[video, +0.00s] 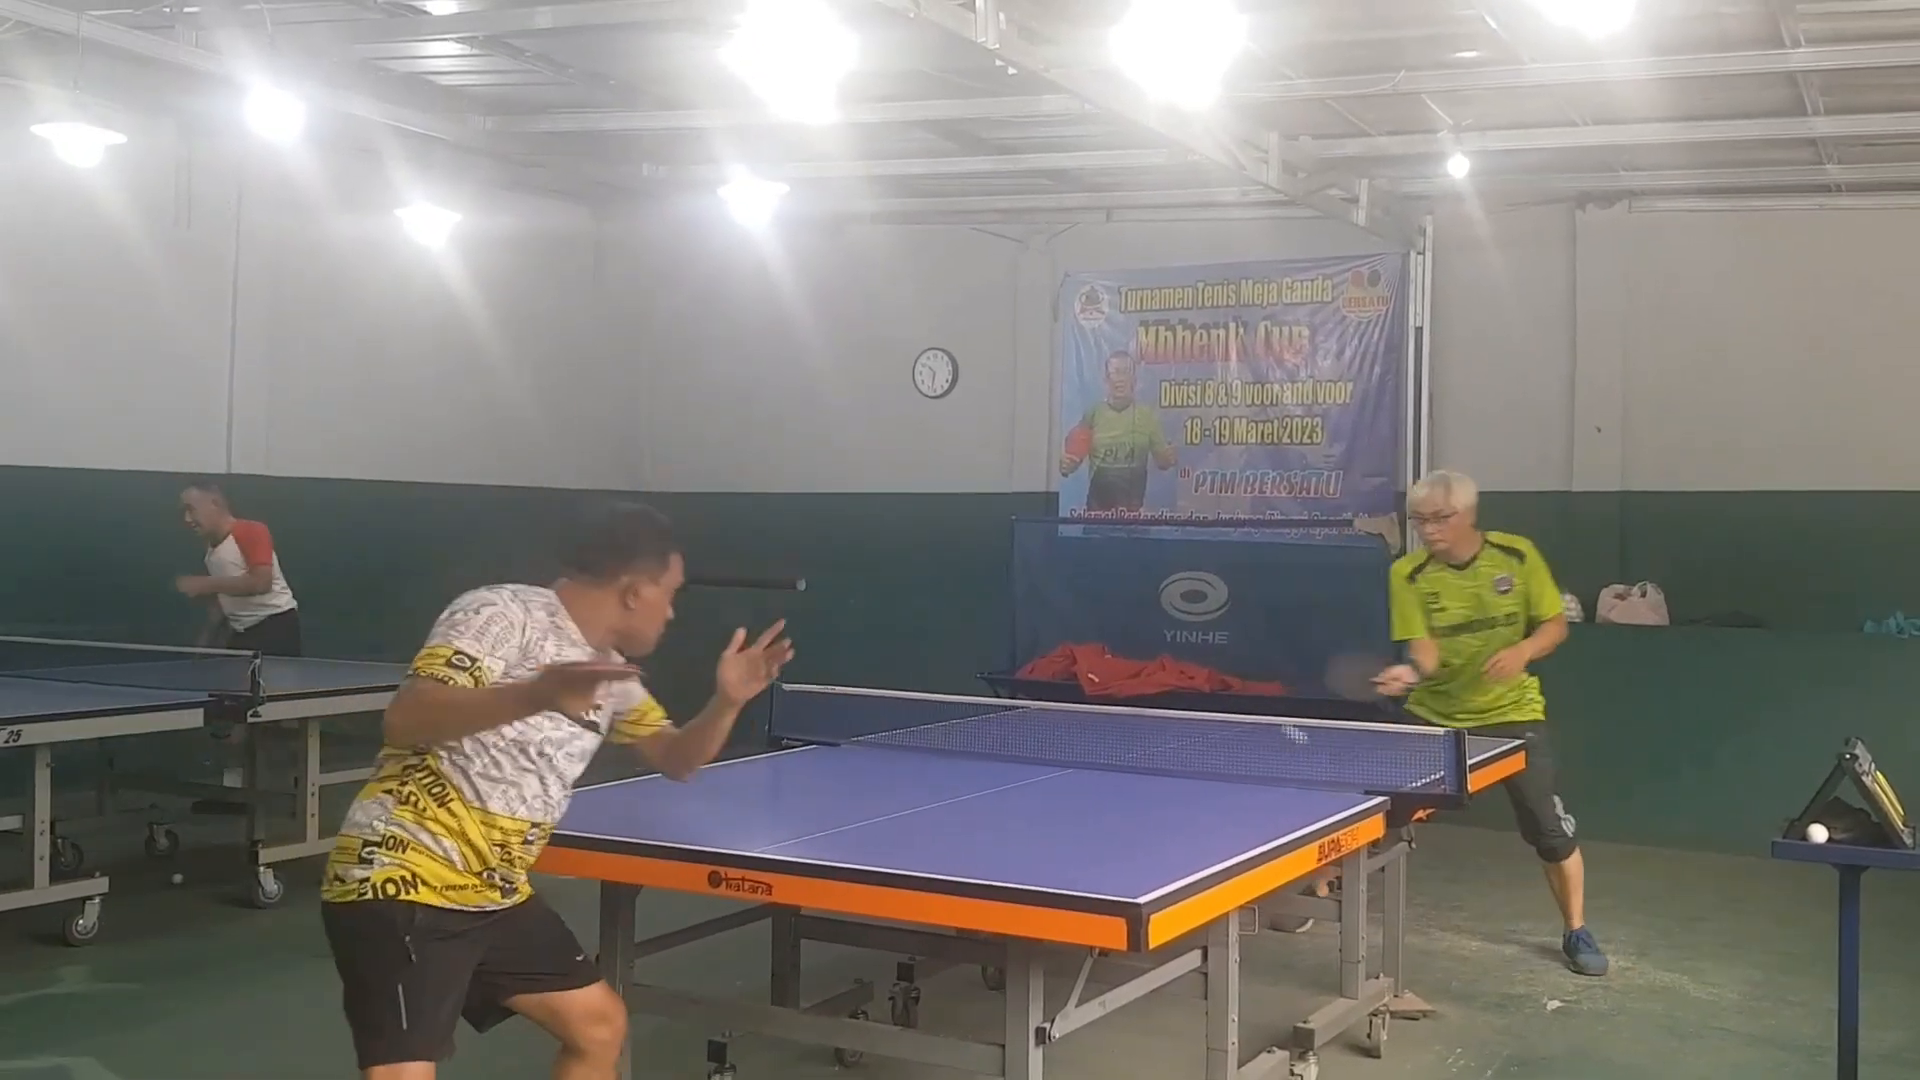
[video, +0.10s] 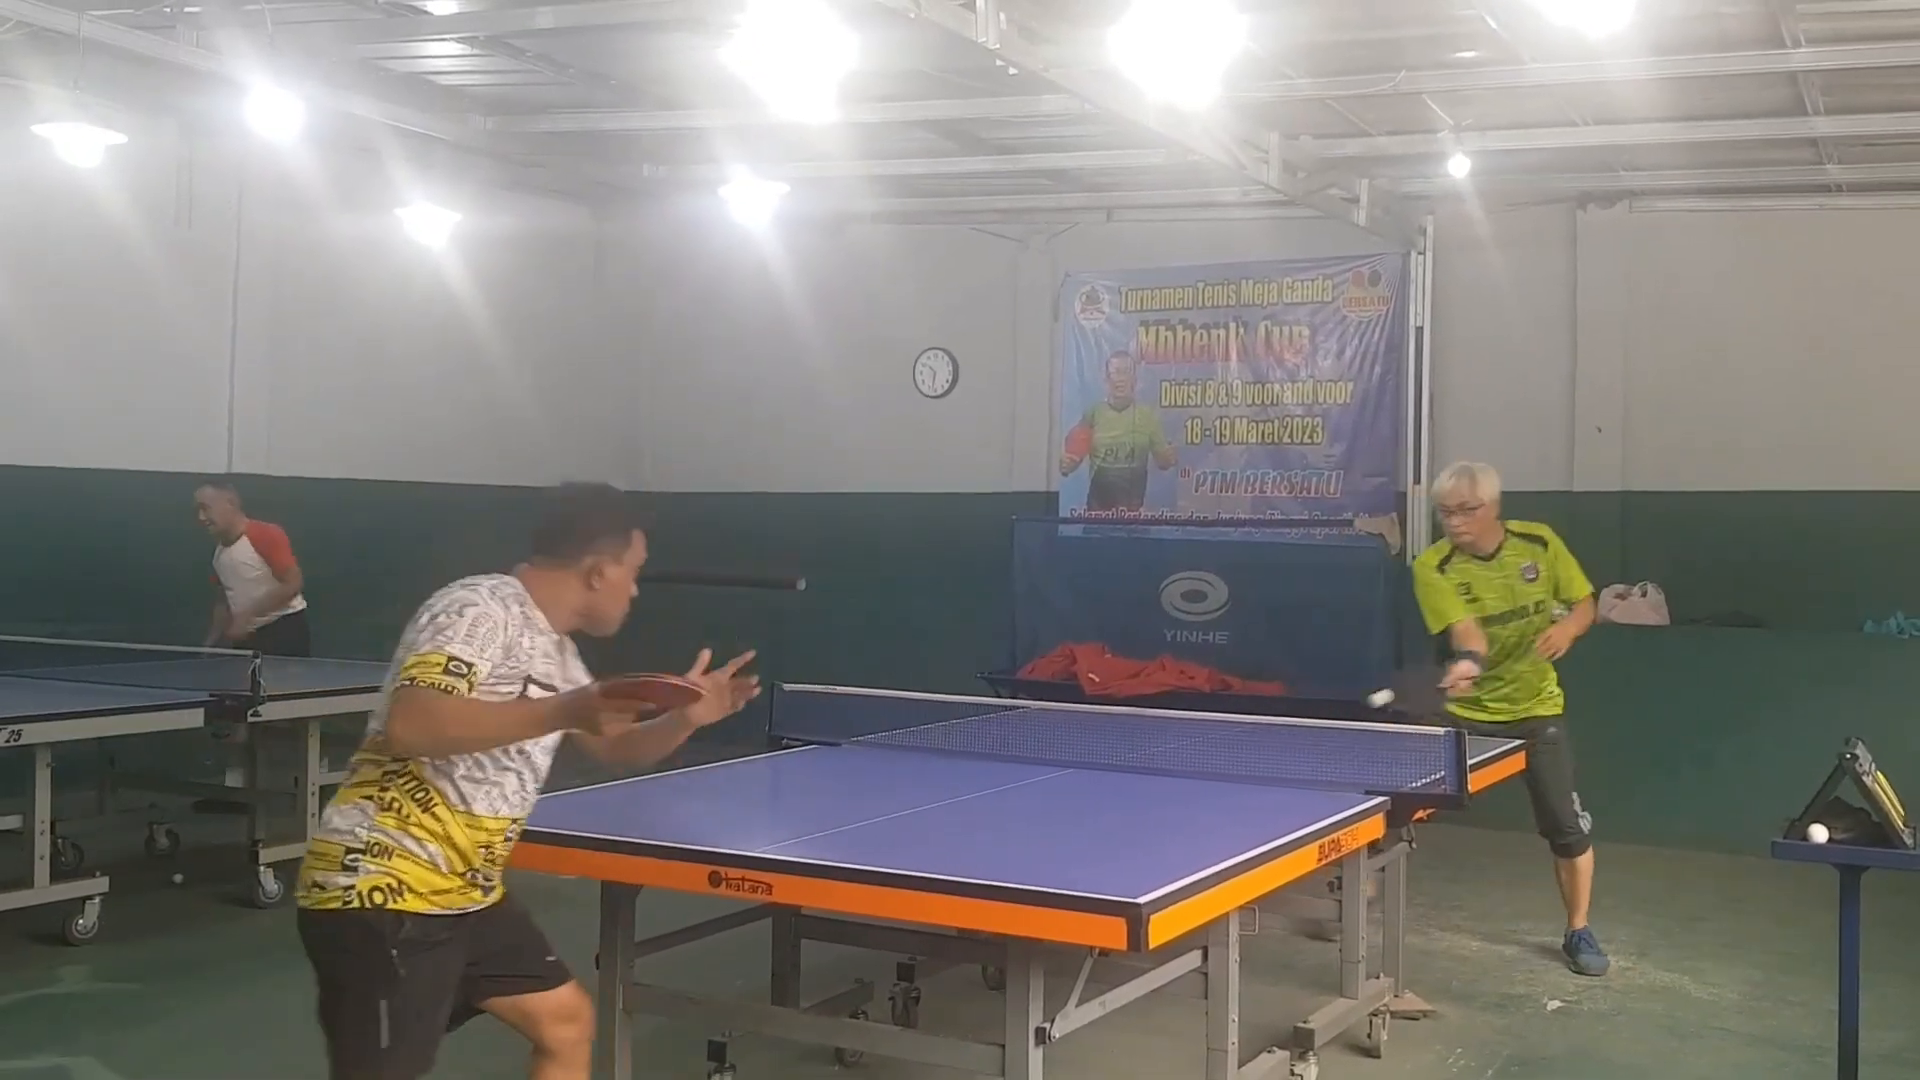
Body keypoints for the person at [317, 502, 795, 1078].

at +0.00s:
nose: (671, 615)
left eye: (674, 600)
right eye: (669, 597)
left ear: (627, 591)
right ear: (630, 589)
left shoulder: (608, 671)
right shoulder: (496, 614)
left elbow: (678, 758)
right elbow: (406, 718)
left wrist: (726, 702)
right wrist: (535, 694)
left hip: (491, 886)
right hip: (398, 877)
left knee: (598, 1025)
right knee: (401, 1076)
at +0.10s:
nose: (636, 591)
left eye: (638, 574)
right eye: (635, 573)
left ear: (591, 573)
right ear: (595, 572)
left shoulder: (560, 656)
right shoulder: (475, 607)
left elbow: (616, 748)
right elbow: (411, 725)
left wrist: (683, 720)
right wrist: (562, 712)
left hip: (463, 890)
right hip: (379, 893)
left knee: (567, 1026)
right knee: (380, 1067)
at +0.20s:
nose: (606, 569)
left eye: (608, 553)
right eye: (604, 551)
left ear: (557, 552)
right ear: (565, 552)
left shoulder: (516, 634)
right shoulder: (452, 601)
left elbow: (555, 739)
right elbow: (409, 731)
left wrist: (643, 716)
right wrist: (568, 723)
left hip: (423, 887)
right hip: (347, 892)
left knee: (521, 1020)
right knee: (353, 1068)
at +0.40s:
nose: (579, 551)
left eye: (577, 534)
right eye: (575, 533)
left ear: (529, 539)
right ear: (532, 537)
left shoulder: (494, 615)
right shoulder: (421, 608)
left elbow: (504, 718)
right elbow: (414, 753)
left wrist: (591, 741)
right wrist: (575, 742)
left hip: (406, 879)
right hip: (330, 887)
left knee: (470, 1022)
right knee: (349, 1068)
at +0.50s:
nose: (578, 548)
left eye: (576, 531)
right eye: (573, 530)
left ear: (527, 539)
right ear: (529, 537)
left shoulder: (503, 613)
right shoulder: (422, 613)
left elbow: (519, 723)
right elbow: (417, 768)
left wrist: (594, 755)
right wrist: (576, 755)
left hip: (414, 873)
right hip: (332, 881)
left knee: (478, 1021)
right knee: (342, 1068)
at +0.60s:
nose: (577, 540)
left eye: (575, 522)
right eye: (571, 521)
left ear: (523, 530)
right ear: (523, 527)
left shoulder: (517, 604)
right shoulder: (407, 608)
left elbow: (534, 716)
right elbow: (409, 769)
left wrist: (583, 768)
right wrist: (563, 762)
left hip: (428, 866)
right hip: (330, 868)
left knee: (477, 1021)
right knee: (327, 1068)